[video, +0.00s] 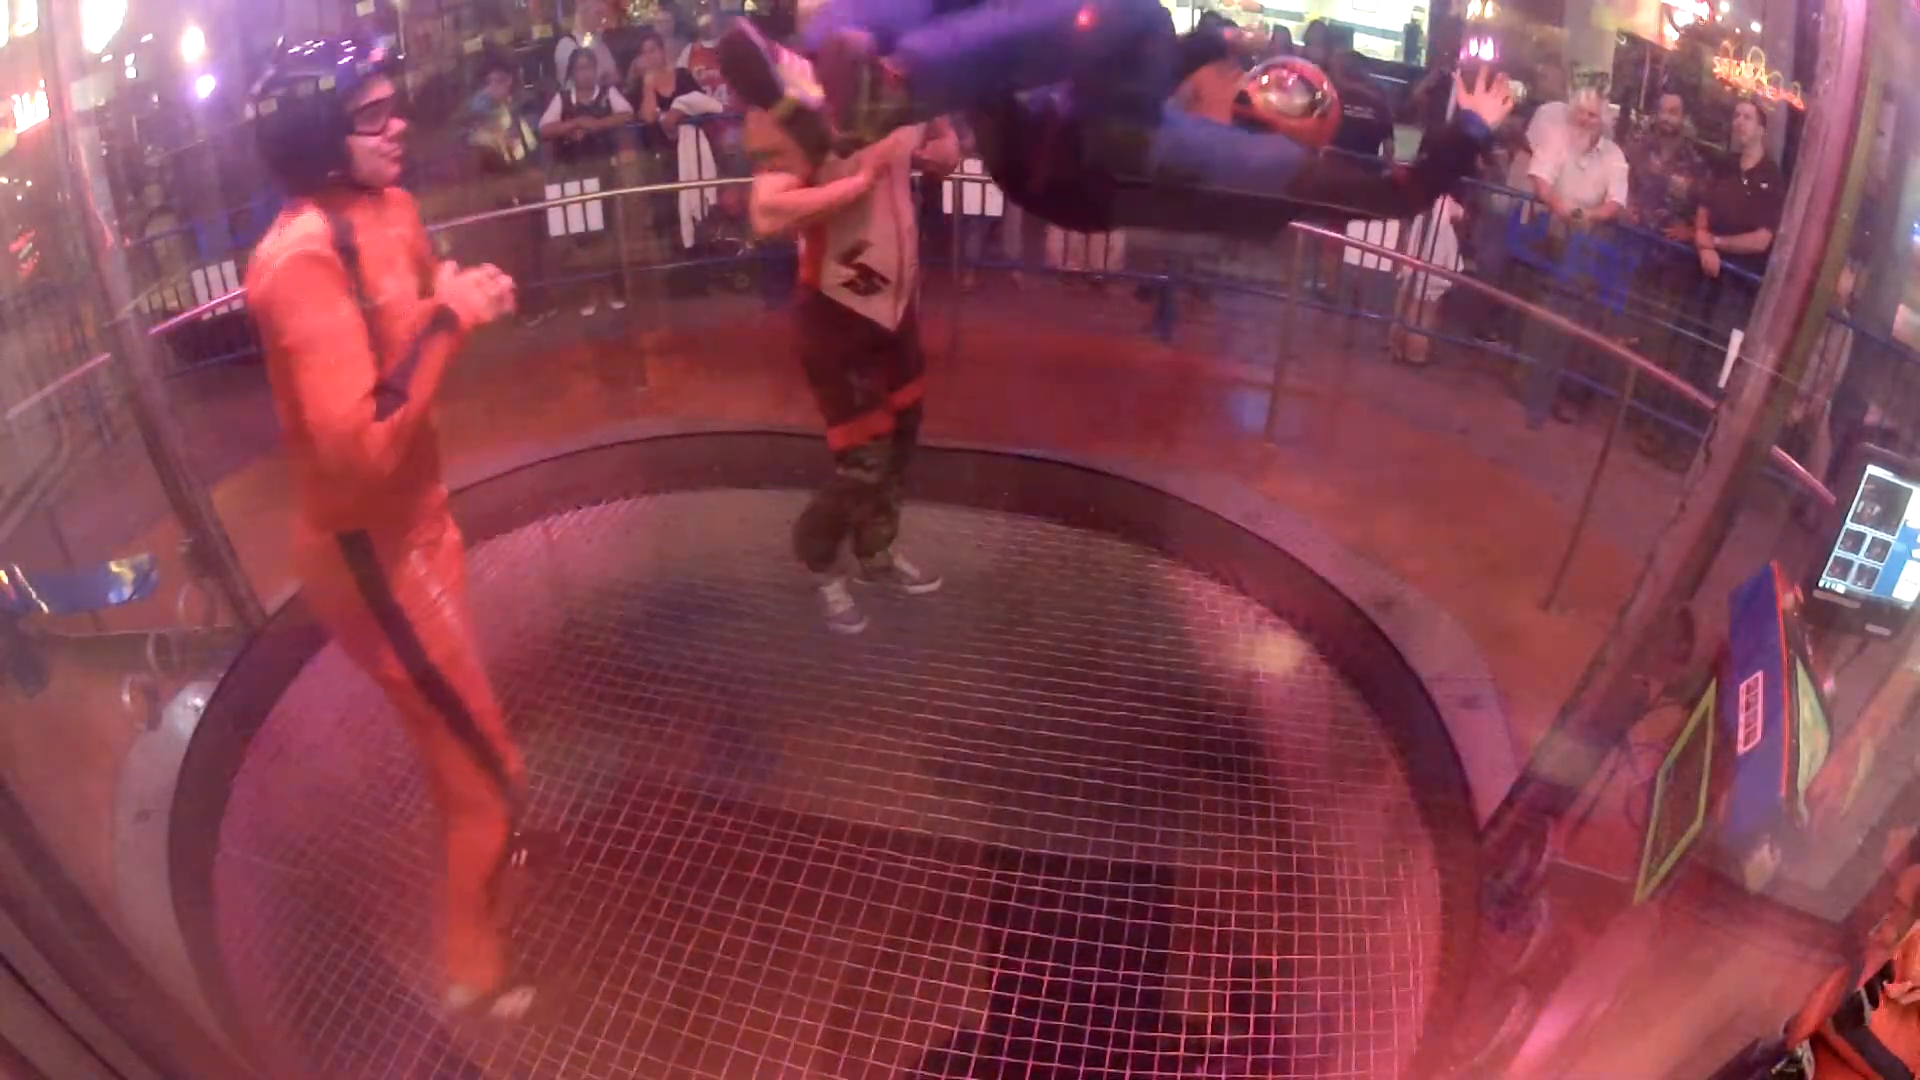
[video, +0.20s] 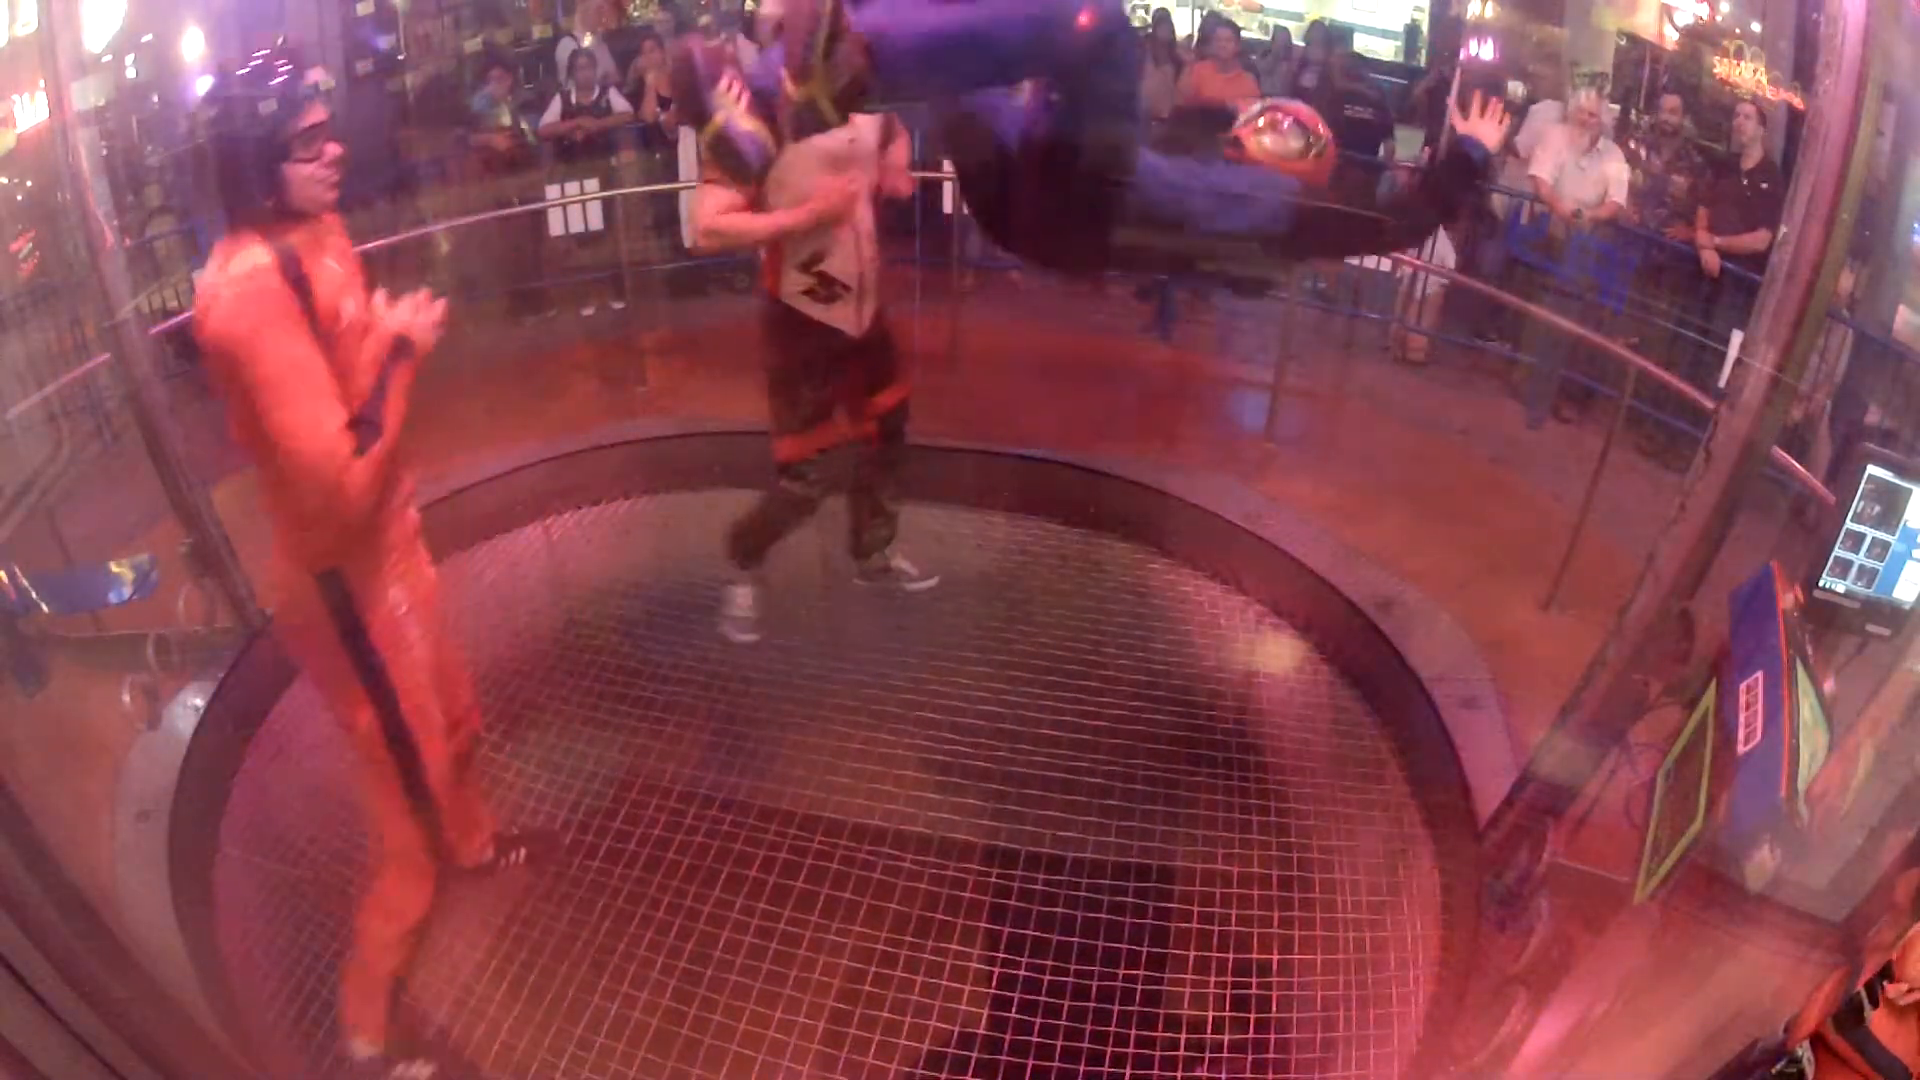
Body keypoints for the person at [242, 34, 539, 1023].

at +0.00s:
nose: (397, 131)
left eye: (395, 112)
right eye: (373, 119)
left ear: (390, 121)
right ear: (317, 141)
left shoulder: (391, 211)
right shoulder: (298, 263)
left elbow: (413, 320)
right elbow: (357, 456)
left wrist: (456, 294)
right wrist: (446, 323)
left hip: (423, 519)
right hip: (364, 549)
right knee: (482, 774)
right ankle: (468, 984)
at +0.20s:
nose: (333, 156)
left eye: (331, 138)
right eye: (309, 144)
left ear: (324, 149)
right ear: (255, 162)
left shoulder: (327, 240)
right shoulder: (243, 288)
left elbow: (351, 385)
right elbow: (336, 498)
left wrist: (388, 333)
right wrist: (404, 357)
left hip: (395, 538)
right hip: (340, 577)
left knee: (450, 718)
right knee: (415, 836)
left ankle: (474, 846)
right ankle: (363, 1042)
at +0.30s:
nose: (297, 171)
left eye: (295, 150)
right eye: (271, 160)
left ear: (294, 152)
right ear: (214, 180)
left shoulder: (287, 264)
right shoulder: (214, 310)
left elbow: (323, 429)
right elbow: (310, 538)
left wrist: (366, 376)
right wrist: (374, 404)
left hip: (365, 579)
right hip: (314, 618)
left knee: (443, 728)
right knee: (369, 884)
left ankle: (472, 848)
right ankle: (325, 1066)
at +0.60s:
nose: (195, 277)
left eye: (193, 254)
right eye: (169, 261)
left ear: (193, 260)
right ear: (110, 282)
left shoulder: (190, 358)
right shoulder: (85, 424)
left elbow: (216, 516)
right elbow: (200, 657)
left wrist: (267, 430)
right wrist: (270, 465)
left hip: (251, 692)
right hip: (196, 731)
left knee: (425, 781)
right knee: (284, 970)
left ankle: (441, 901)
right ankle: (301, 1071)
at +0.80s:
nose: (106, 278)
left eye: (108, 254)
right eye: (75, 263)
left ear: (116, 259)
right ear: (22, 288)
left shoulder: (108, 367)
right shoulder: (19, 475)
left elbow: (145, 455)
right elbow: (84, 703)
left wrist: (174, 406)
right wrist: (126, 490)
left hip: (217, 693)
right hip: (161, 747)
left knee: (369, 822)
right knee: (262, 962)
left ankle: (372, 995)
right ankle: (303, 1070)